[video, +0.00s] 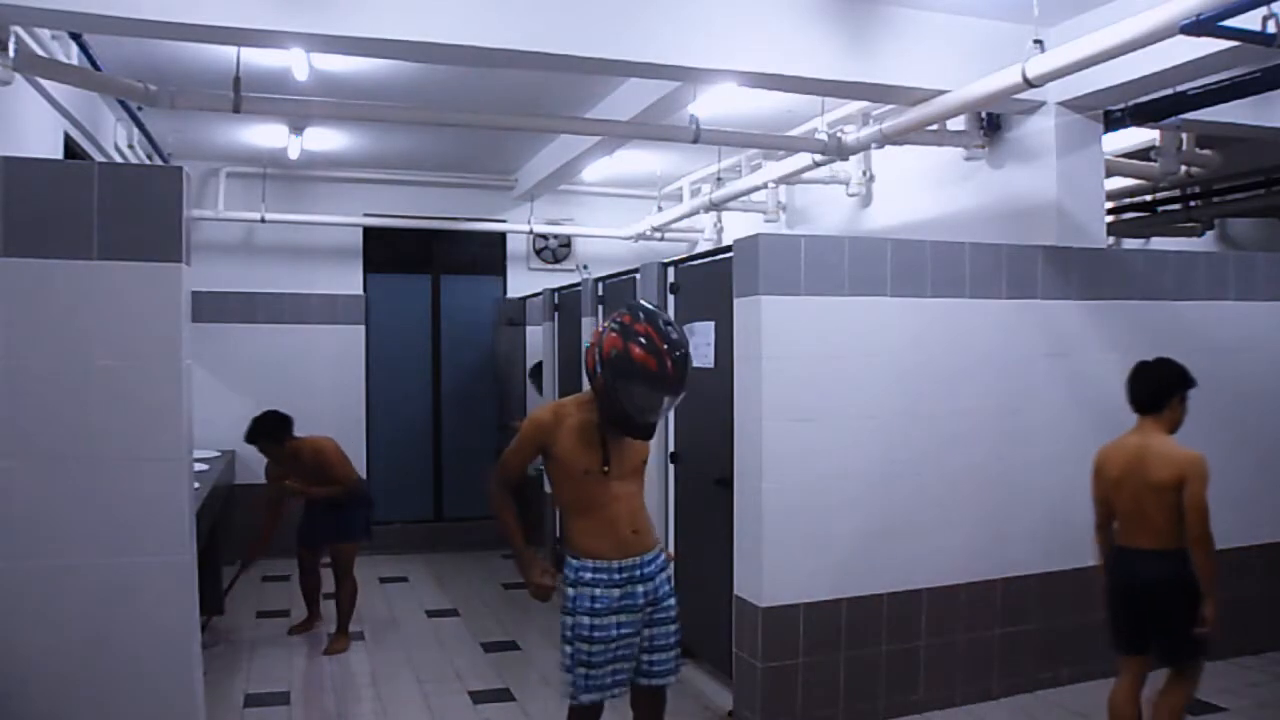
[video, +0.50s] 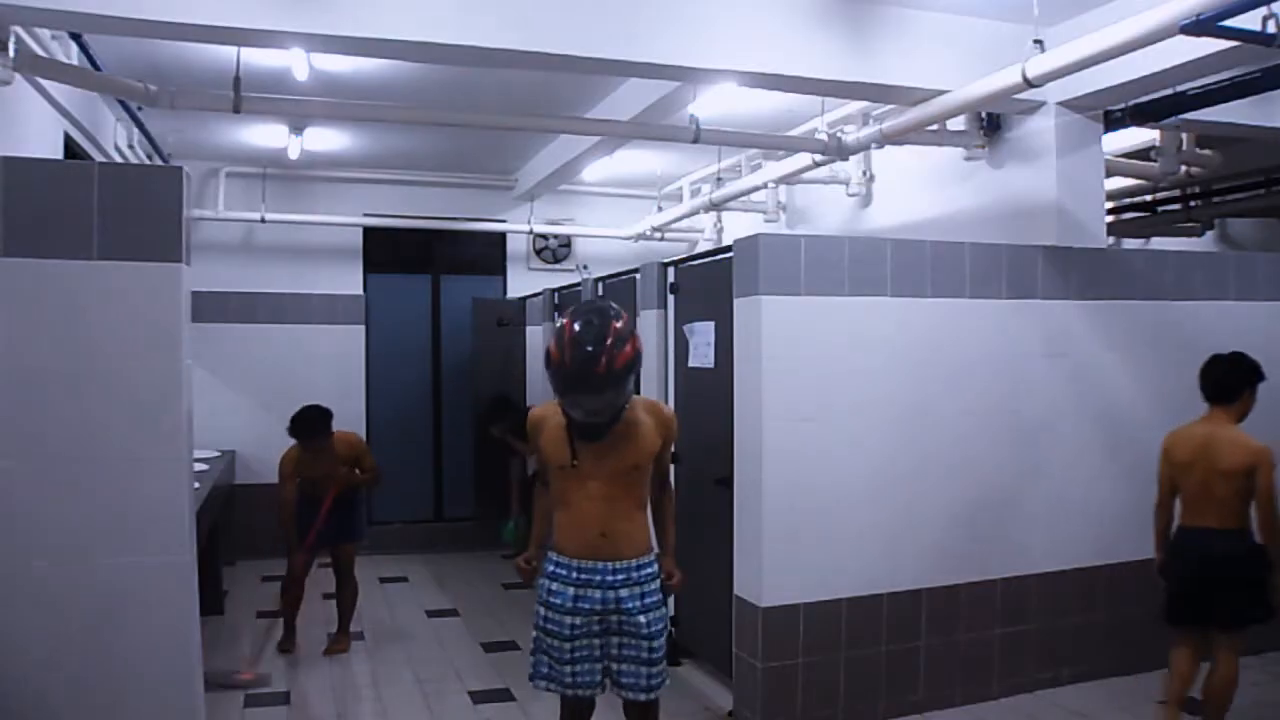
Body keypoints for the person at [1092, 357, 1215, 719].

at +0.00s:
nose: (1186, 408)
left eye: (1185, 399)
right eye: (1184, 400)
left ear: (1137, 400)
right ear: (1172, 403)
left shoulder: (1107, 456)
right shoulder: (1186, 461)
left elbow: (1102, 525)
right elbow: (1198, 538)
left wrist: (1110, 575)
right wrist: (1208, 595)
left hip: (1124, 575)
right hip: (1171, 577)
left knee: (1130, 668)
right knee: (1186, 668)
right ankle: (1160, 713)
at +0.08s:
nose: (1197, 409)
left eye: (1197, 400)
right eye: (1196, 400)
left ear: (1148, 400)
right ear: (1184, 403)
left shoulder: (1117, 454)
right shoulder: (1196, 461)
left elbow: (1112, 518)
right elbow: (1205, 536)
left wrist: (1123, 558)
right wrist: (1213, 594)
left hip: (1132, 574)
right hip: (1180, 575)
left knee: (1133, 669)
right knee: (1194, 667)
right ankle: (1182, 712)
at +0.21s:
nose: (1216, 412)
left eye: (1215, 403)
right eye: (1214, 403)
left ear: (1167, 402)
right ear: (1202, 405)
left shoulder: (1136, 454)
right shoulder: (1214, 463)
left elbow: (1129, 518)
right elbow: (1221, 536)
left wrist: (1147, 551)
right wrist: (1225, 593)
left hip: (1146, 571)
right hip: (1195, 574)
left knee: (1139, 667)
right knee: (1204, 669)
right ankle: (1204, 716)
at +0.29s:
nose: (1229, 409)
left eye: (1229, 400)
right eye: (1227, 400)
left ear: (1183, 399)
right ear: (1216, 402)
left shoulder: (1149, 452)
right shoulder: (1227, 462)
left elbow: (1140, 516)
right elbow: (1233, 533)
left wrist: (1155, 550)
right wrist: (1237, 590)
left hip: (1158, 568)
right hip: (1206, 572)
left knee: (1149, 659)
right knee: (1213, 662)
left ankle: (1134, 713)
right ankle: (1207, 714)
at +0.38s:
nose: (1241, 405)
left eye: (1241, 396)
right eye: (1240, 397)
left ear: (1194, 395)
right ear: (1229, 398)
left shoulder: (1162, 445)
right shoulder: (1239, 458)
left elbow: (1150, 510)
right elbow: (1246, 529)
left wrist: (1159, 554)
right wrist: (1255, 583)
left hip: (1171, 561)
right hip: (1218, 565)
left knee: (1164, 649)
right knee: (1220, 656)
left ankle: (1144, 713)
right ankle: (1211, 714)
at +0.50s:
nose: (1255, 400)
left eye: (1255, 392)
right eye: (1254, 392)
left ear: (1207, 391)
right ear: (1245, 395)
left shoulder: (1174, 442)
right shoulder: (1255, 453)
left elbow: (1164, 507)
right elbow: (1267, 522)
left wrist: (1161, 553)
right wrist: (1271, 563)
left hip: (1186, 551)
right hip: (1234, 553)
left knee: (1185, 639)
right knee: (1227, 649)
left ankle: (1172, 708)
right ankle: (1212, 715)